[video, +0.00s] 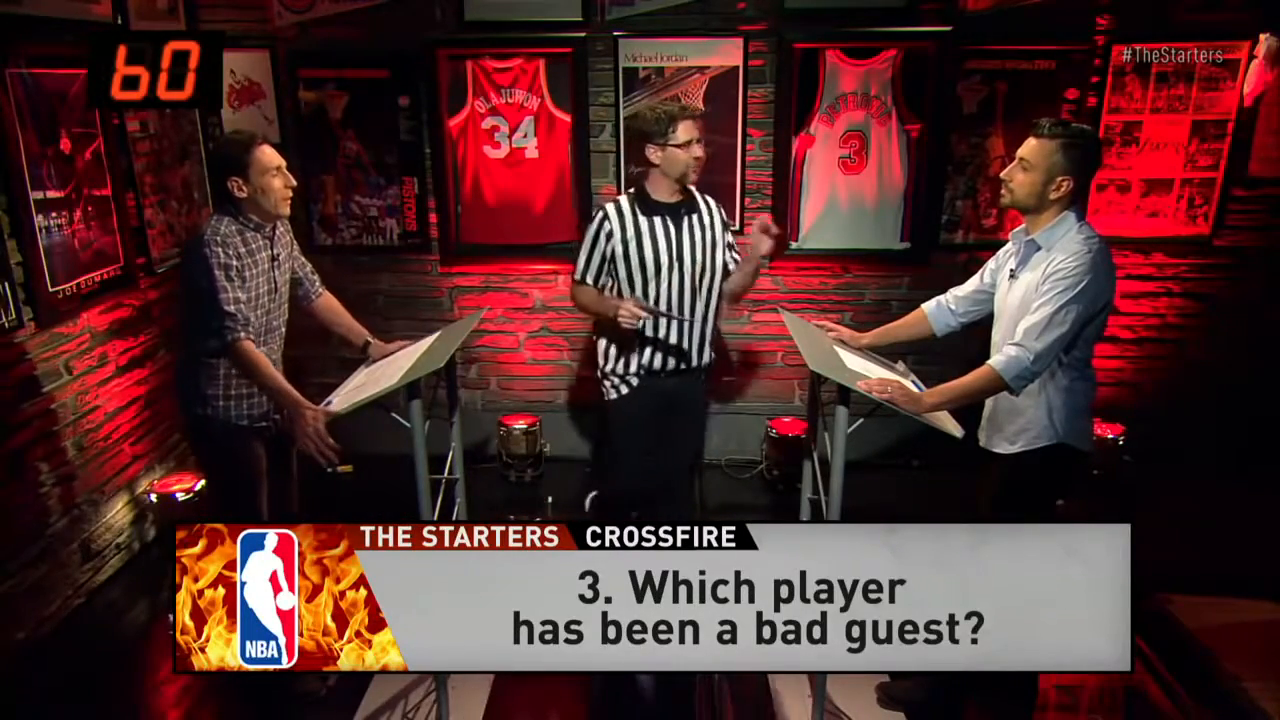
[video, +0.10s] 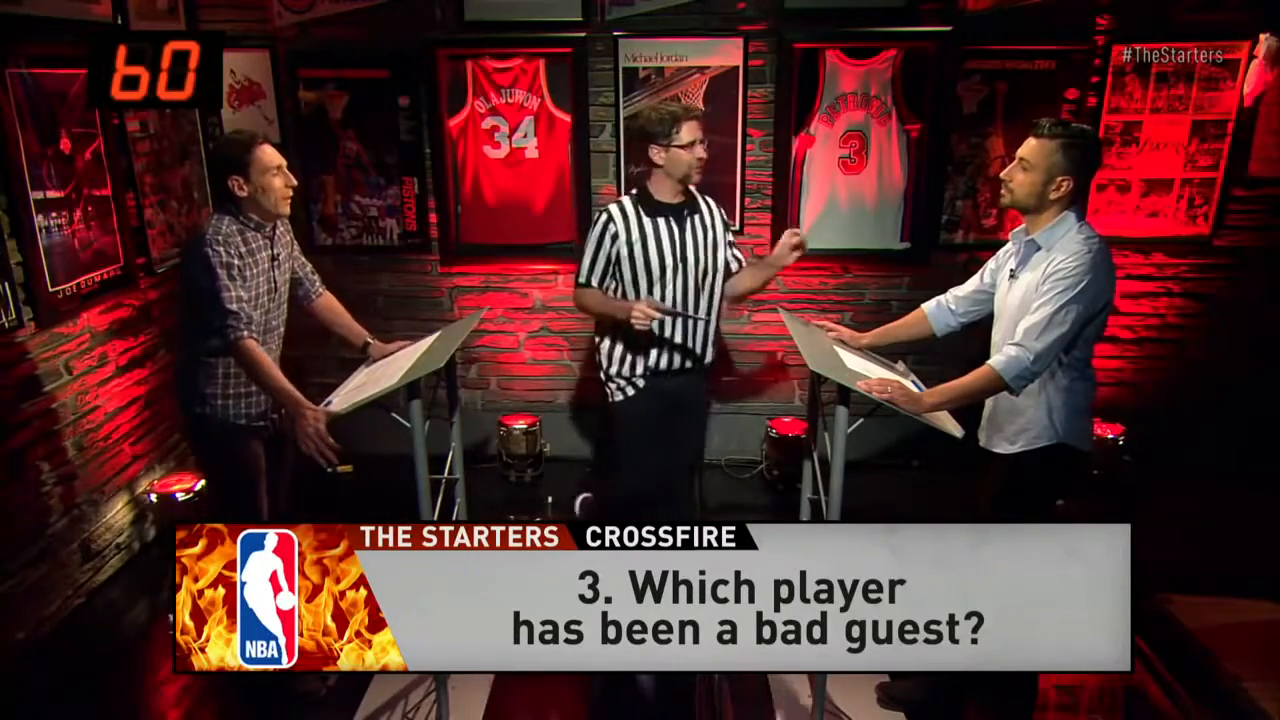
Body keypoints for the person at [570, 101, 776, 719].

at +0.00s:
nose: (701, 152)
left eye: (701, 142)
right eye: (690, 145)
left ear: (689, 149)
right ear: (654, 153)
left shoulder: (711, 214)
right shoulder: (615, 218)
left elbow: (725, 293)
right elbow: (581, 288)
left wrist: (754, 259)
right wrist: (610, 305)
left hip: (688, 383)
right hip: (631, 385)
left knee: (677, 504)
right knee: (625, 503)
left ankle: (671, 596)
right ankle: (617, 596)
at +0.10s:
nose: (703, 152)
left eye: (703, 143)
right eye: (693, 145)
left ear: (689, 154)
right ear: (657, 154)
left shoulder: (709, 212)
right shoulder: (617, 219)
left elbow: (727, 286)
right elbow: (584, 293)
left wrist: (775, 260)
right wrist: (623, 308)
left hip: (691, 384)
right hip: (633, 388)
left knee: (679, 505)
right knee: (632, 504)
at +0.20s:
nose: (706, 152)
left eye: (706, 143)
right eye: (695, 145)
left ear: (692, 150)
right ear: (659, 153)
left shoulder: (712, 213)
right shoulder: (620, 219)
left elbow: (723, 291)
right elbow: (588, 294)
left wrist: (763, 263)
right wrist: (629, 311)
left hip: (691, 382)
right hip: (635, 385)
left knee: (678, 506)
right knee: (633, 502)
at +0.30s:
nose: (705, 153)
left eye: (705, 143)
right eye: (695, 145)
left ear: (692, 150)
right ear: (660, 153)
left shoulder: (713, 211)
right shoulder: (621, 219)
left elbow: (719, 294)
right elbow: (588, 295)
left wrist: (741, 281)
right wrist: (633, 312)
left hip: (692, 379)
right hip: (637, 382)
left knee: (679, 495)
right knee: (641, 491)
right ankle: (584, 514)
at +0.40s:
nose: (699, 155)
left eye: (701, 144)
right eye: (686, 146)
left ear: (702, 148)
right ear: (654, 153)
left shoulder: (716, 212)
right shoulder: (621, 218)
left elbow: (721, 282)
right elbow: (588, 292)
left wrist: (730, 297)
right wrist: (633, 311)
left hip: (691, 378)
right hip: (633, 382)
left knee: (680, 488)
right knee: (640, 487)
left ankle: (671, 577)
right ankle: (590, 515)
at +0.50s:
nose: (675, 158)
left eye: (685, 147)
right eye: (665, 148)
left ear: (702, 154)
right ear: (649, 154)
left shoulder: (721, 215)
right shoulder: (620, 216)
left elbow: (726, 285)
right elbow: (588, 288)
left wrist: (725, 307)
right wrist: (628, 311)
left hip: (692, 380)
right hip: (631, 382)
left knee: (685, 488)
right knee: (635, 488)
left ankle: (680, 576)